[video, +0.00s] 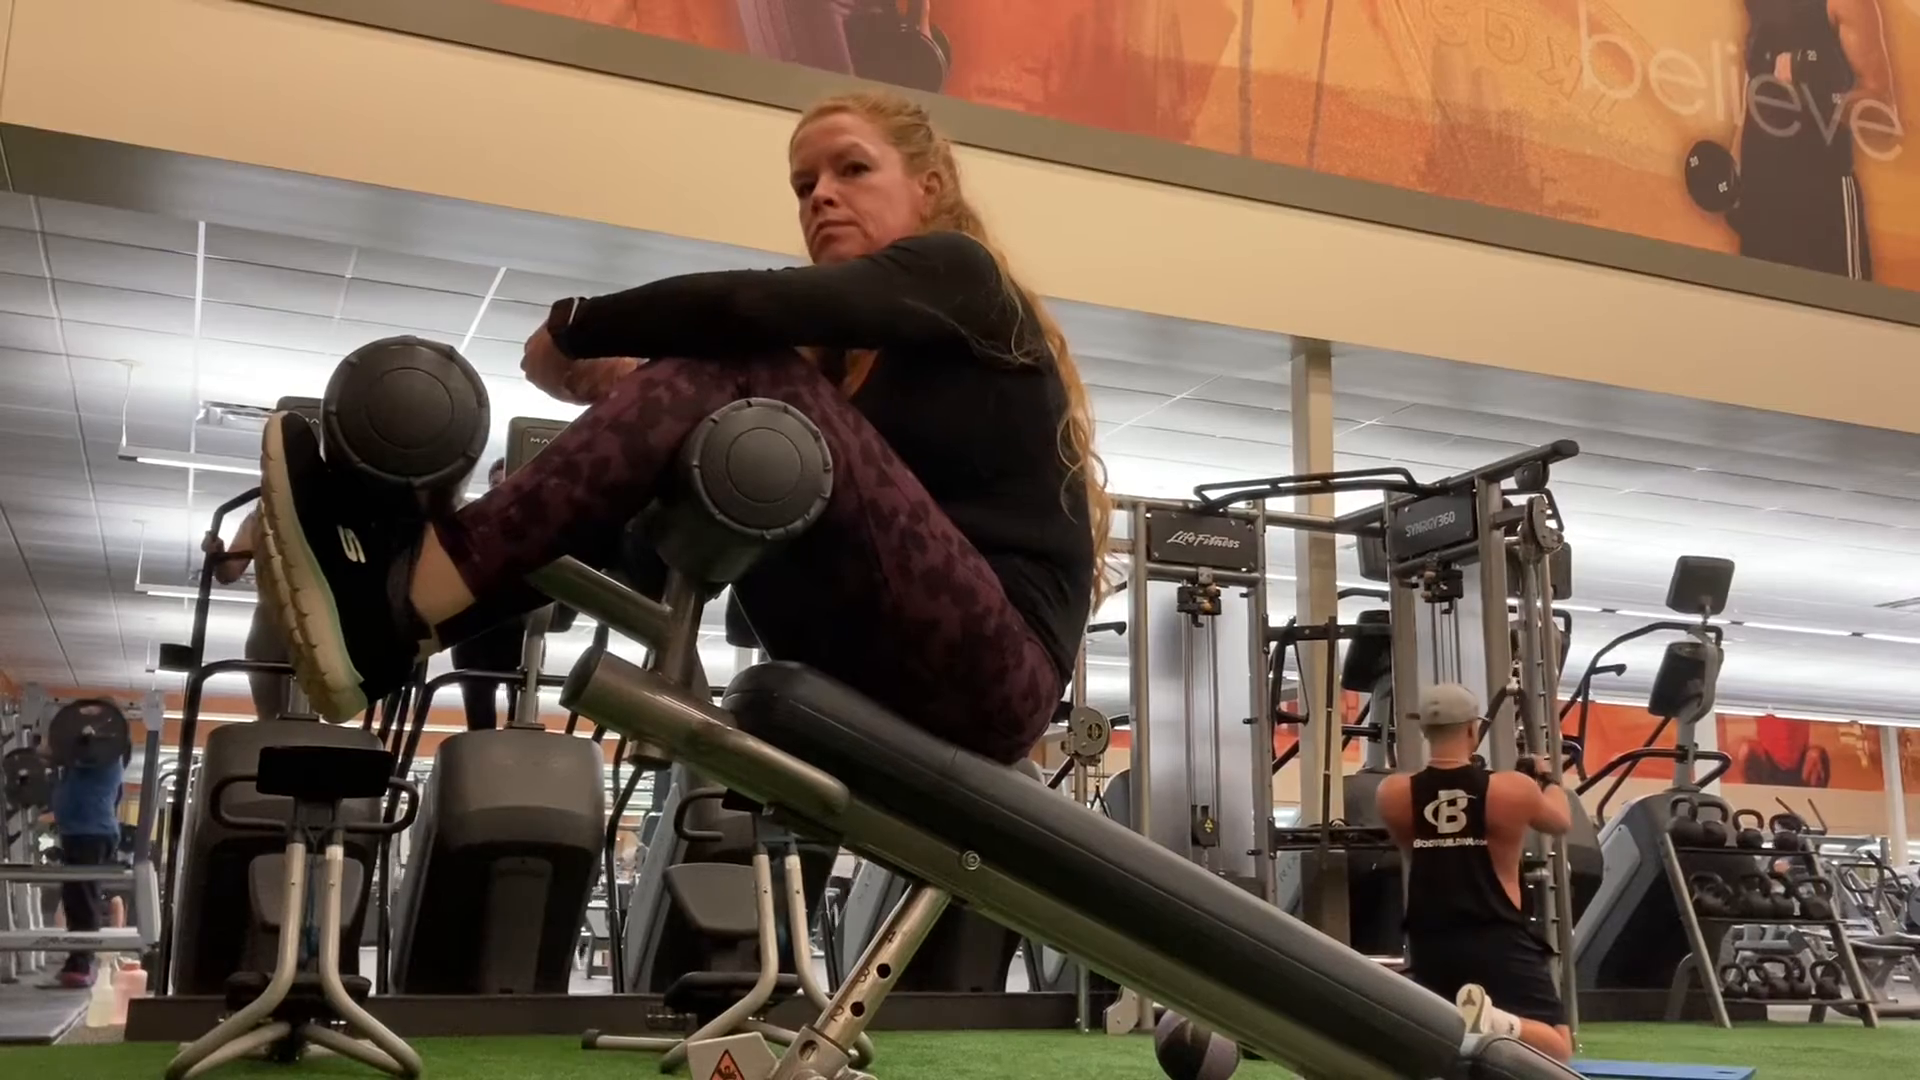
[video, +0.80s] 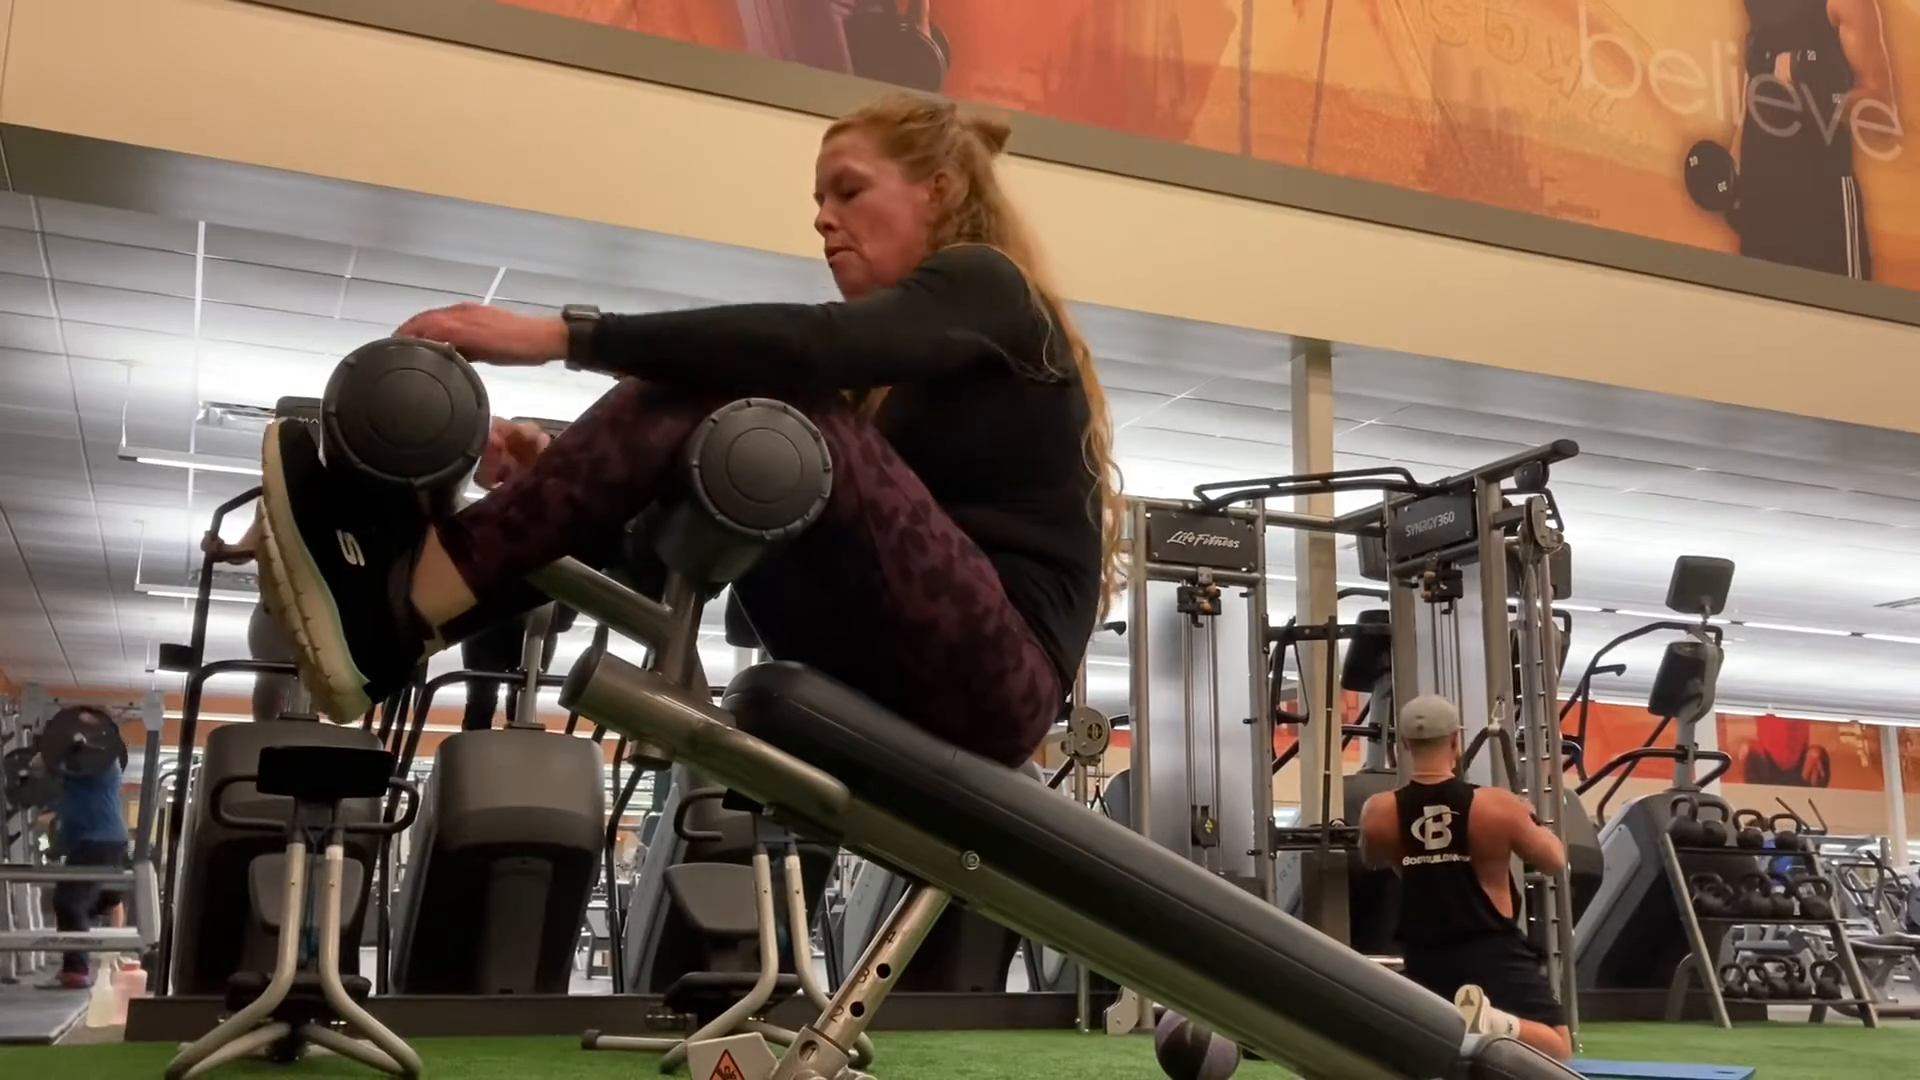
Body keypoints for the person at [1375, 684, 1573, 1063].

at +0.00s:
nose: (1479, 729)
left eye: (1477, 723)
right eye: (1477, 723)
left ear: (1425, 730)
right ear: (1473, 728)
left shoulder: (1393, 795)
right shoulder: (1512, 789)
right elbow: (1559, 820)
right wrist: (1550, 778)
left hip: (1428, 942)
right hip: (1498, 942)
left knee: (1443, 1040)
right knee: (1560, 1046)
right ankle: (1496, 1021)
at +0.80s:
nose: (1460, 743)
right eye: (1459, 736)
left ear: (1402, 746)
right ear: (1456, 741)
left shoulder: (1379, 812)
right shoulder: (1496, 807)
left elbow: (1373, 859)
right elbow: (1555, 860)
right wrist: (1527, 820)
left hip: (1422, 962)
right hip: (1494, 959)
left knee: (1439, 1050)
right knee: (1561, 1048)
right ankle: (1495, 1021)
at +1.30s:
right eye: (1464, 745)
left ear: (1406, 749)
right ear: (1459, 749)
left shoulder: (1377, 820)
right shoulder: (1496, 818)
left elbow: (1363, 886)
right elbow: (1552, 889)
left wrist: (1404, 864)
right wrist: (1540, 859)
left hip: (1417, 971)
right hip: (1491, 968)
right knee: (1561, 1048)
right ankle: (1494, 1022)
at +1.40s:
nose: (1465, 750)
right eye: (1463, 743)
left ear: (1405, 751)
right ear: (1457, 748)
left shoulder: (1377, 819)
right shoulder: (1496, 817)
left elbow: (1367, 881)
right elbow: (1555, 884)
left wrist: (1412, 861)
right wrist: (1535, 851)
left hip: (1416, 971)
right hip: (1491, 968)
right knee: (1561, 1049)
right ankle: (1493, 1022)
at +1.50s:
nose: (1464, 745)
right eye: (1462, 739)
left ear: (1406, 749)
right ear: (1456, 745)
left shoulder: (1378, 817)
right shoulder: (1497, 814)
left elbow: (1368, 875)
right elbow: (1555, 877)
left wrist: (1412, 853)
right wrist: (1530, 842)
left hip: (1416, 968)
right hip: (1490, 966)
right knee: (1561, 1049)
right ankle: (1493, 1022)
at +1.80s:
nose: (1469, 738)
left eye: (1467, 731)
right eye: (1467, 732)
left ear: (1416, 742)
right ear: (1459, 739)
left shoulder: (1385, 808)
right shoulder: (1501, 804)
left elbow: (1371, 870)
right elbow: (1558, 872)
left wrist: (1413, 844)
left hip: (1420, 961)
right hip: (1491, 958)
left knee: (1432, 1053)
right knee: (1562, 1049)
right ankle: (1493, 1021)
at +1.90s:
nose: (1475, 736)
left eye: (1473, 728)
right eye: (1473, 729)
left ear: (1421, 738)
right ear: (1464, 736)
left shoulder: (1389, 804)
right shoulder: (1504, 802)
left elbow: (1373, 870)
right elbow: (1560, 872)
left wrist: (1417, 840)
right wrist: (1541, 840)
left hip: (1421, 960)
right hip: (1492, 958)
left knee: (1434, 1053)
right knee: (1561, 1049)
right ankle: (1494, 1022)